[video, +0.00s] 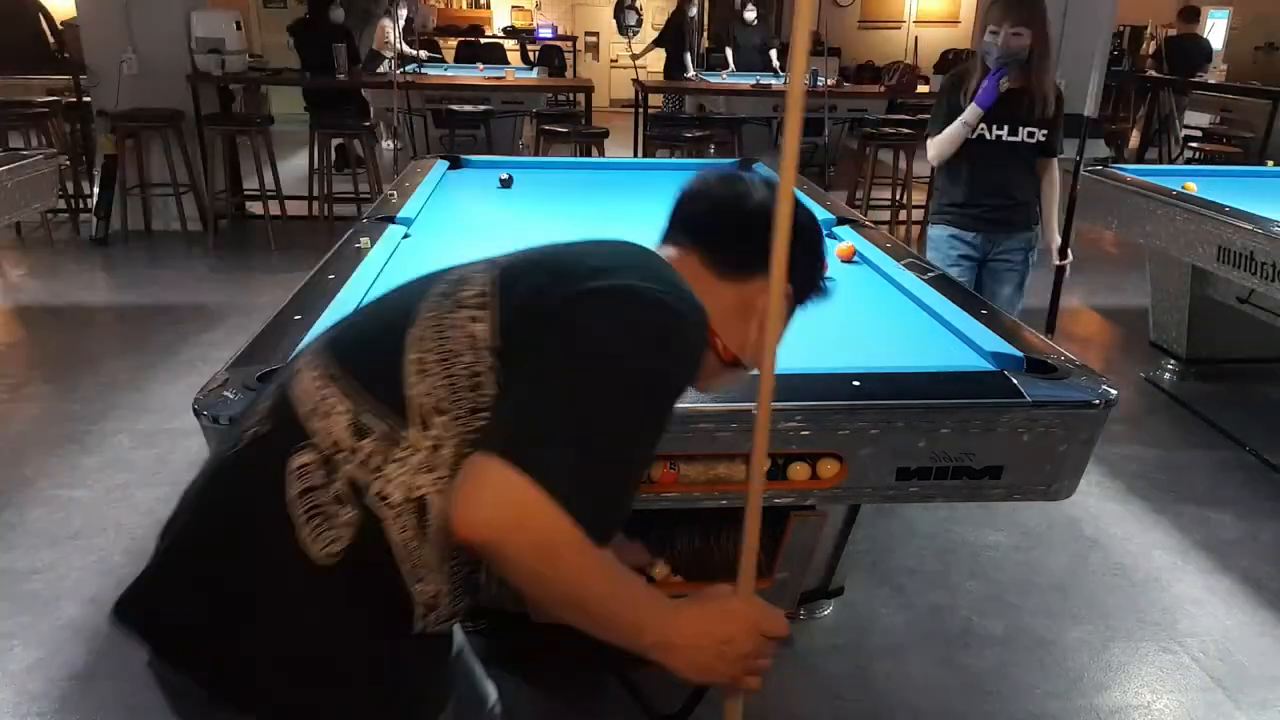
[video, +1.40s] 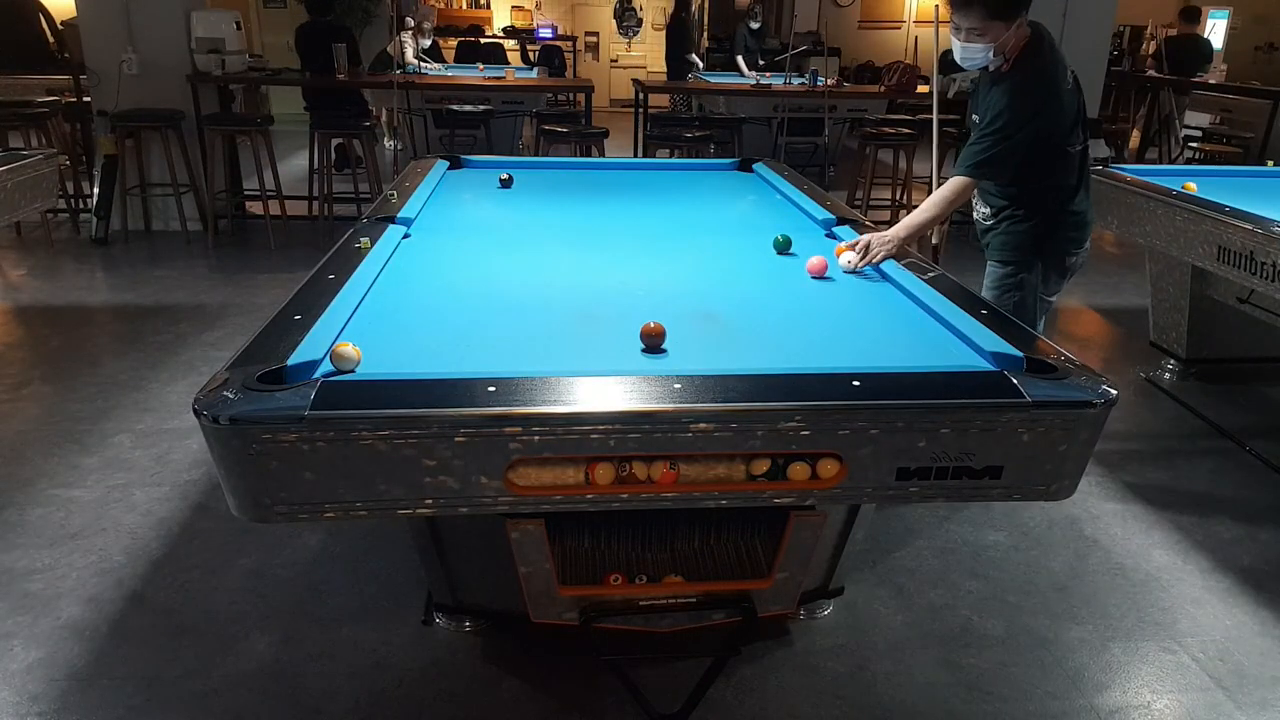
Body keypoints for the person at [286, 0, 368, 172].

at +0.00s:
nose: (342, 11)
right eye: (338, 7)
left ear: (310, 8)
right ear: (330, 8)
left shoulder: (300, 30)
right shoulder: (341, 32)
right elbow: (355, 69)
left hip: (315, 105)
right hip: (347, 106)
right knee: (363, 107)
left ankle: (348, 150)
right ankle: (345, 149)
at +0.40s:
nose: (335, 8)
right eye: (331, 5)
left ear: (302, 7)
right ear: (319, 5)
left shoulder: (298, 30)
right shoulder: (331, 27)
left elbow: (302, 67)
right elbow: (351, 59)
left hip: (314, 103)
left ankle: (348, 151)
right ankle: (345, 149)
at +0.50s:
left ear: (302, 8)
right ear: (319, 6)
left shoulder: (298, 30)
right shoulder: (332, 26)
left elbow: (301, 66)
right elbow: (350, 57)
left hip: (313, 99)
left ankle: (348, 150)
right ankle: (345, 149)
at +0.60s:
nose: (336, 9)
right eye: (332, 5)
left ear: (305, 7)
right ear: (324, 6)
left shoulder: (299, 27)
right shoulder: (333, 28)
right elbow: (352, 60)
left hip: (313, 99)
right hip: (339, 101)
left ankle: (347, 150)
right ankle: (345, 149)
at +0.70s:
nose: (340, 10)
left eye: (339, 5)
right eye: (337, 5)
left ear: (310, 8)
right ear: (327, 7)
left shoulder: (301, 28)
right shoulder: (336, 29)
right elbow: (354, 61)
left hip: (314, 99)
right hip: (341, 102)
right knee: (363, 110)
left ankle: (348, 150)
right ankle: (346, 149)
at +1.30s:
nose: (340, 9)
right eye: (338, 6)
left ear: (310, 10)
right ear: (336, 9)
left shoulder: (303, 31)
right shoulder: (344, 31)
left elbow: (309, 66)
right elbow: (357, 69)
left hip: (315, 102)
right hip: (346, 103)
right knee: (365, 112)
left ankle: (350, 151)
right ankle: (344, 148)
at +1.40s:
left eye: (307, 6)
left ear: (308, 9)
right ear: (332, 8)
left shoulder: (301, 31)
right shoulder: (343, 30)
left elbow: (306, 66)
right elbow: (356, 69)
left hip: (315, 102)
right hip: (346, 104)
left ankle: (350, 151)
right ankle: (344, 149)